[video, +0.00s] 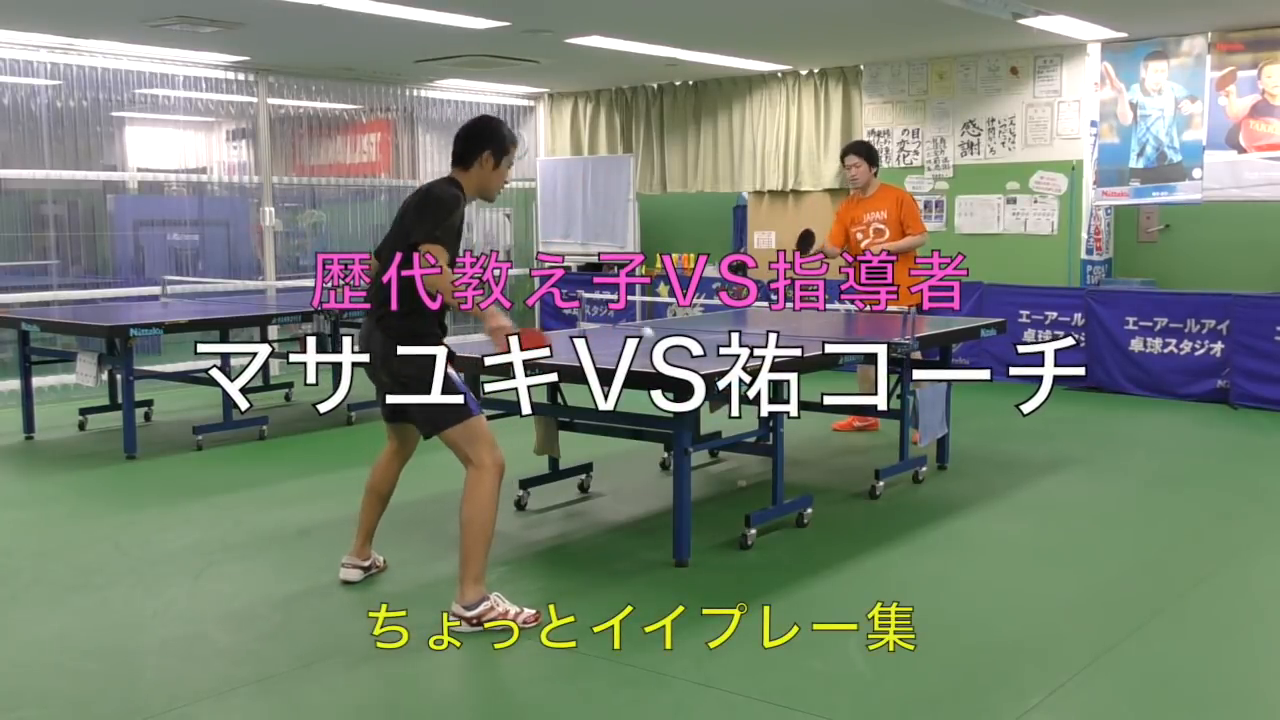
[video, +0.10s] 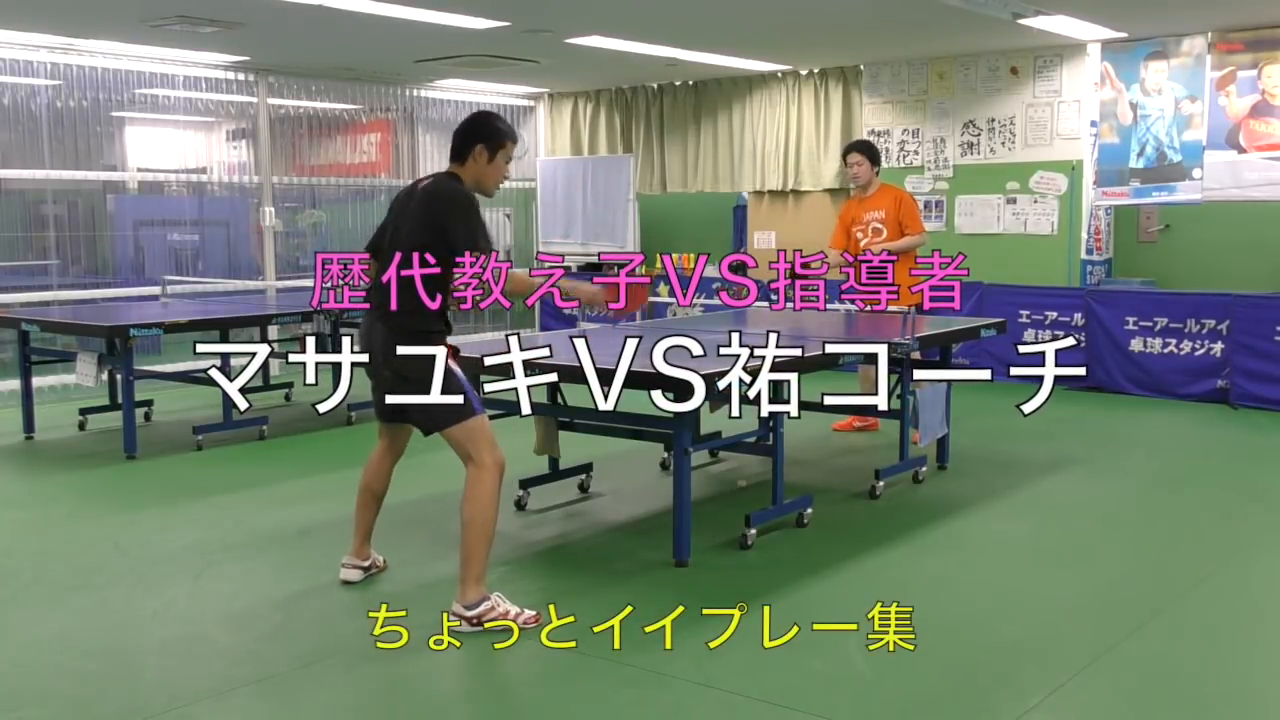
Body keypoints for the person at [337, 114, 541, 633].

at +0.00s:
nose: (507, 178)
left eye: (509, 168)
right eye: (505, 166)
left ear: (469, 160)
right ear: (482, 160)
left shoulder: (430, 197)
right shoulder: (446, 198)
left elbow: (384, 270)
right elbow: (432, 270)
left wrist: (434, 341)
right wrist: (487, 313)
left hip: (387, 350)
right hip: (414, 352)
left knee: (399, 445)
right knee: (487, 460)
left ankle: (358, 555)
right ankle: (472, 597)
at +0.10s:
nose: (506, 174)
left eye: (508, 164)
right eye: (504, 162)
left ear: (464, 155)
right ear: (477, 154)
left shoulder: (413, 193)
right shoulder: (454, 197)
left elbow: (374, 257)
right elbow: (489, 277)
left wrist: (408, 305)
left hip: (383, 344)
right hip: (418, 348)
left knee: (389, 444)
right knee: (486, 460)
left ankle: (357, 554)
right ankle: (473, 599)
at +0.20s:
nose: (503, 161)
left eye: (502, 150)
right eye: (500, 150)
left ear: (454, 145)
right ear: (481, 146)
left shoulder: (406, 185)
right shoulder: (481, 192)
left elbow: (368, 249)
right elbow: (538, 244)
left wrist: (416, 278)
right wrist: (591, 231)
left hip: (381, 339)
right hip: (428, 343)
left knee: (379, 444)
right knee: (489, 459)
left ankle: (358, 555)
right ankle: (473, 597)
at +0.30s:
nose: (497, 150)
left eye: (494, 141)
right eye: (495, 141)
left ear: (445, 142)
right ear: (483, 143)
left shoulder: (401, 186)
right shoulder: (490, 191)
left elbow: (365, 247)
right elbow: (560, 232)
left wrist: (413, 279)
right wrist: (572, 203)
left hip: (385, 341)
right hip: (439, 346)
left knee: (377, 448)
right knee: (499, 463)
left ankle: (359, 555)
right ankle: (475, 597)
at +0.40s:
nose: (491, 149)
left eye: (488, 141)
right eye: (490, 141)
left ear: (438, 145)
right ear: (484, 144)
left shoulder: (400, 192)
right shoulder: (490, 195)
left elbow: (370, 261)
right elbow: (559, 242)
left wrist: (420, 275)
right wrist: (565, 211)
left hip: (391, 348)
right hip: (445, 351)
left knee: (377, 451)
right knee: (505, 467)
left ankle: (358, 555)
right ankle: (476, 596)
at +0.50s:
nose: (493, 146)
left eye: (489, 137)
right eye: (492, 137)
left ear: (439, 140)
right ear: (485, 140)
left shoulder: (402, 188)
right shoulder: (488, 194)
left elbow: (371, 252)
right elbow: (530, 256)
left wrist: (414, 285)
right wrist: (569, 256)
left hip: (392, 344)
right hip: (445, 348)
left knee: (378, 451)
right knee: (500, 464)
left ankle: (357, 556)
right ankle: (475, 597)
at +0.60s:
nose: (499, 147)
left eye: (496, 137)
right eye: (497, 138)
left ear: (445, 138)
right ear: (488, 140)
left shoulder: (409, 184)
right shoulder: (469, 190)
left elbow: (371, 253)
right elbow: (473, 268)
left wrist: (405, 299)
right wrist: (534, 319)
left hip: (389, 342)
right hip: (432, 346)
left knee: (386, 446)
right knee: (490, 461)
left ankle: (358, 556)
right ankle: (474, 597)